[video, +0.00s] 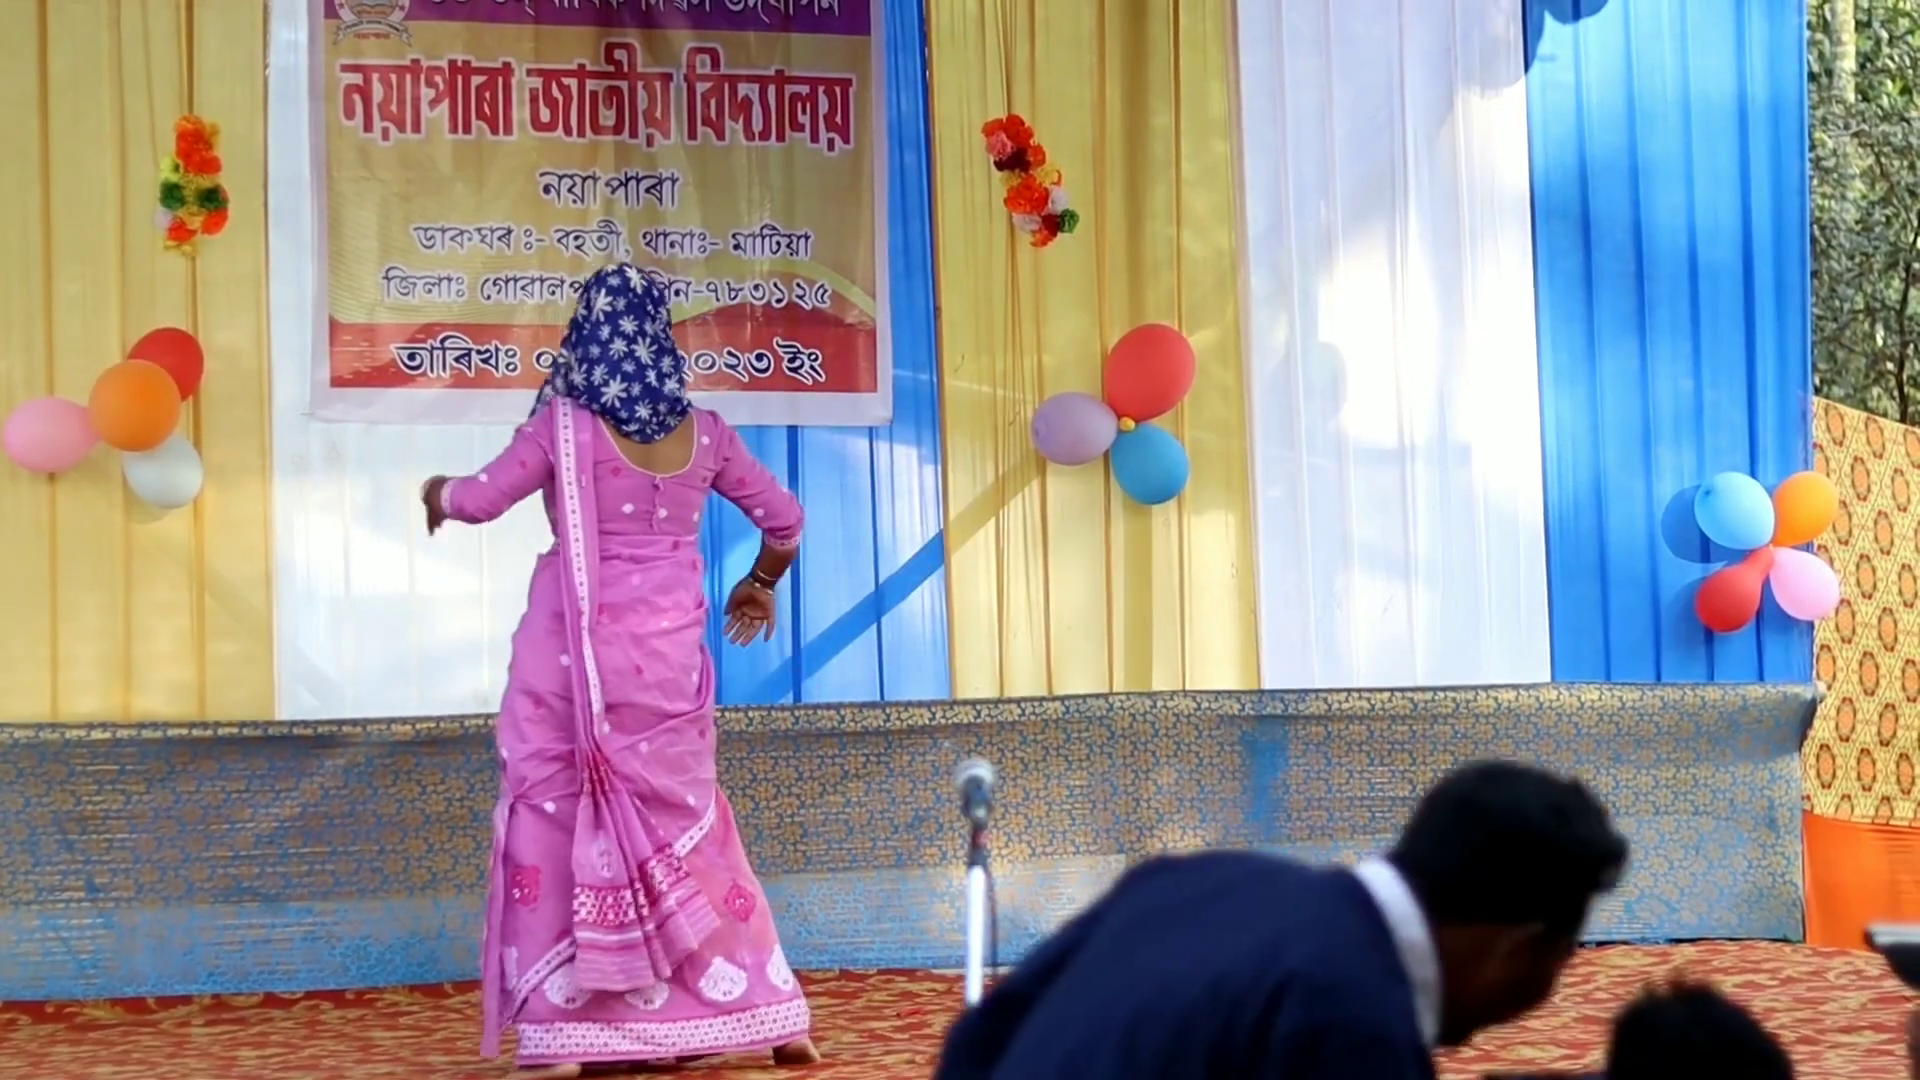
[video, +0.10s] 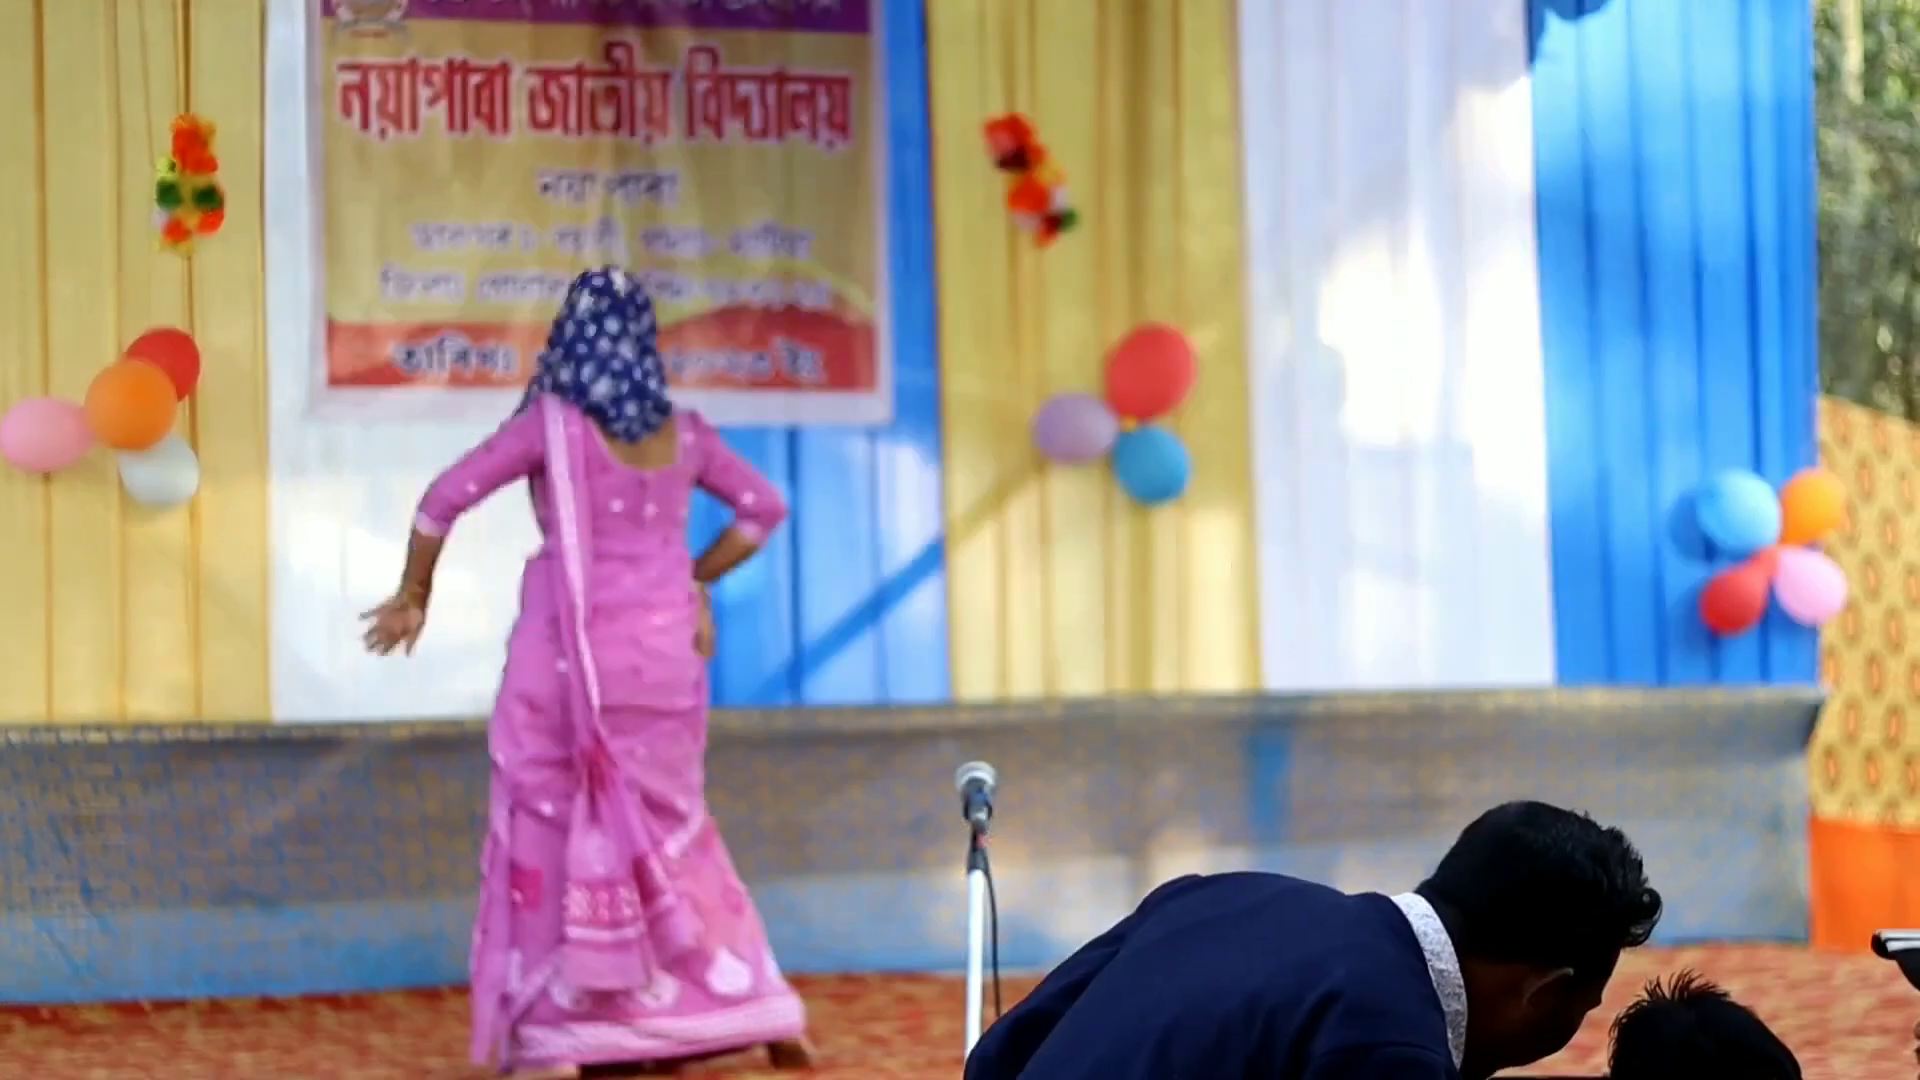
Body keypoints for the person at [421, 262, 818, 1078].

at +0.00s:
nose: (569, 342)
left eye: (576, 329)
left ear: (583, 338)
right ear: (662, 338)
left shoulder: (562, 421)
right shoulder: (701, 427)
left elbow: (482, 500)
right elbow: (785, 519)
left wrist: (440, 490)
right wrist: (762, 581)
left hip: (568, 655)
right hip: (669, 655)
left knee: (548, 821)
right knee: (696, 824)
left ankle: (554, 1023)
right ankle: (775, 1008)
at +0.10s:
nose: (549, 345)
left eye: (557, 332)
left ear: (567, 343)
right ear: (646, 343)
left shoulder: (548, 422)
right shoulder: (681, 430)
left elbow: (442, 499)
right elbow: (763, 508)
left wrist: (413, 594)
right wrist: (699, 579)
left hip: (561, 656)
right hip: (662, 658)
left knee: (547, 824)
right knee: (677, 824)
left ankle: (553, 1021)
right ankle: (765, 1005)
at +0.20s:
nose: (543, 372)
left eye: (550, 360)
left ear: (556, 373)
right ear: (637, 374)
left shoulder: (541, 462)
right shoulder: (674, 459)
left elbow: (440, 546)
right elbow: (764, 517)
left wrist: (405, 651)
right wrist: (681, 569)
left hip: (553, 691)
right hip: (660, 693)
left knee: (536, 856)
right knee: (670, 856)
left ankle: (545, 1033)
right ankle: (744, 1016)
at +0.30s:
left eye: (559, 378)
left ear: (556, 388)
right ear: (637, 386)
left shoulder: (541, 480)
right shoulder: (680, 470)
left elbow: (459, 560)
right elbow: (778, 517)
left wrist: (448, 671)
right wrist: (699, 573)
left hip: (559, 707)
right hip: (665, 708)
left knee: (537, 852)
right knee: (679, 853)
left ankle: (551, 1032)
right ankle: (737, 1014)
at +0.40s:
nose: (562, 374)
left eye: (565, 360)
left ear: (569, 369)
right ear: (651, 368)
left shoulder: (554, 457)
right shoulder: (692, 452)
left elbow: (480, 539)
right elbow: (789, 505)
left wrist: (496, 646)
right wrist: (718, 571)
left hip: (584, 683)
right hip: (686, 681)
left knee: (549, 833)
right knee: (710, 829)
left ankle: (557, 1020)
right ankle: (780, 995)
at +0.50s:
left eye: (595, 345)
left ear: (598, 351)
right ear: (680, 351)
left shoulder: (579, 438)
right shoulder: (717, 435)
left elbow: (520, 520)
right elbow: (814, 513)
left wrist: (587, 592)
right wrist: (799, 615)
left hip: (639, 672)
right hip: (737, 667)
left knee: (589, 832)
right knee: (759, 825)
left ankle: (564, 1033)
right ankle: (826, 1008)